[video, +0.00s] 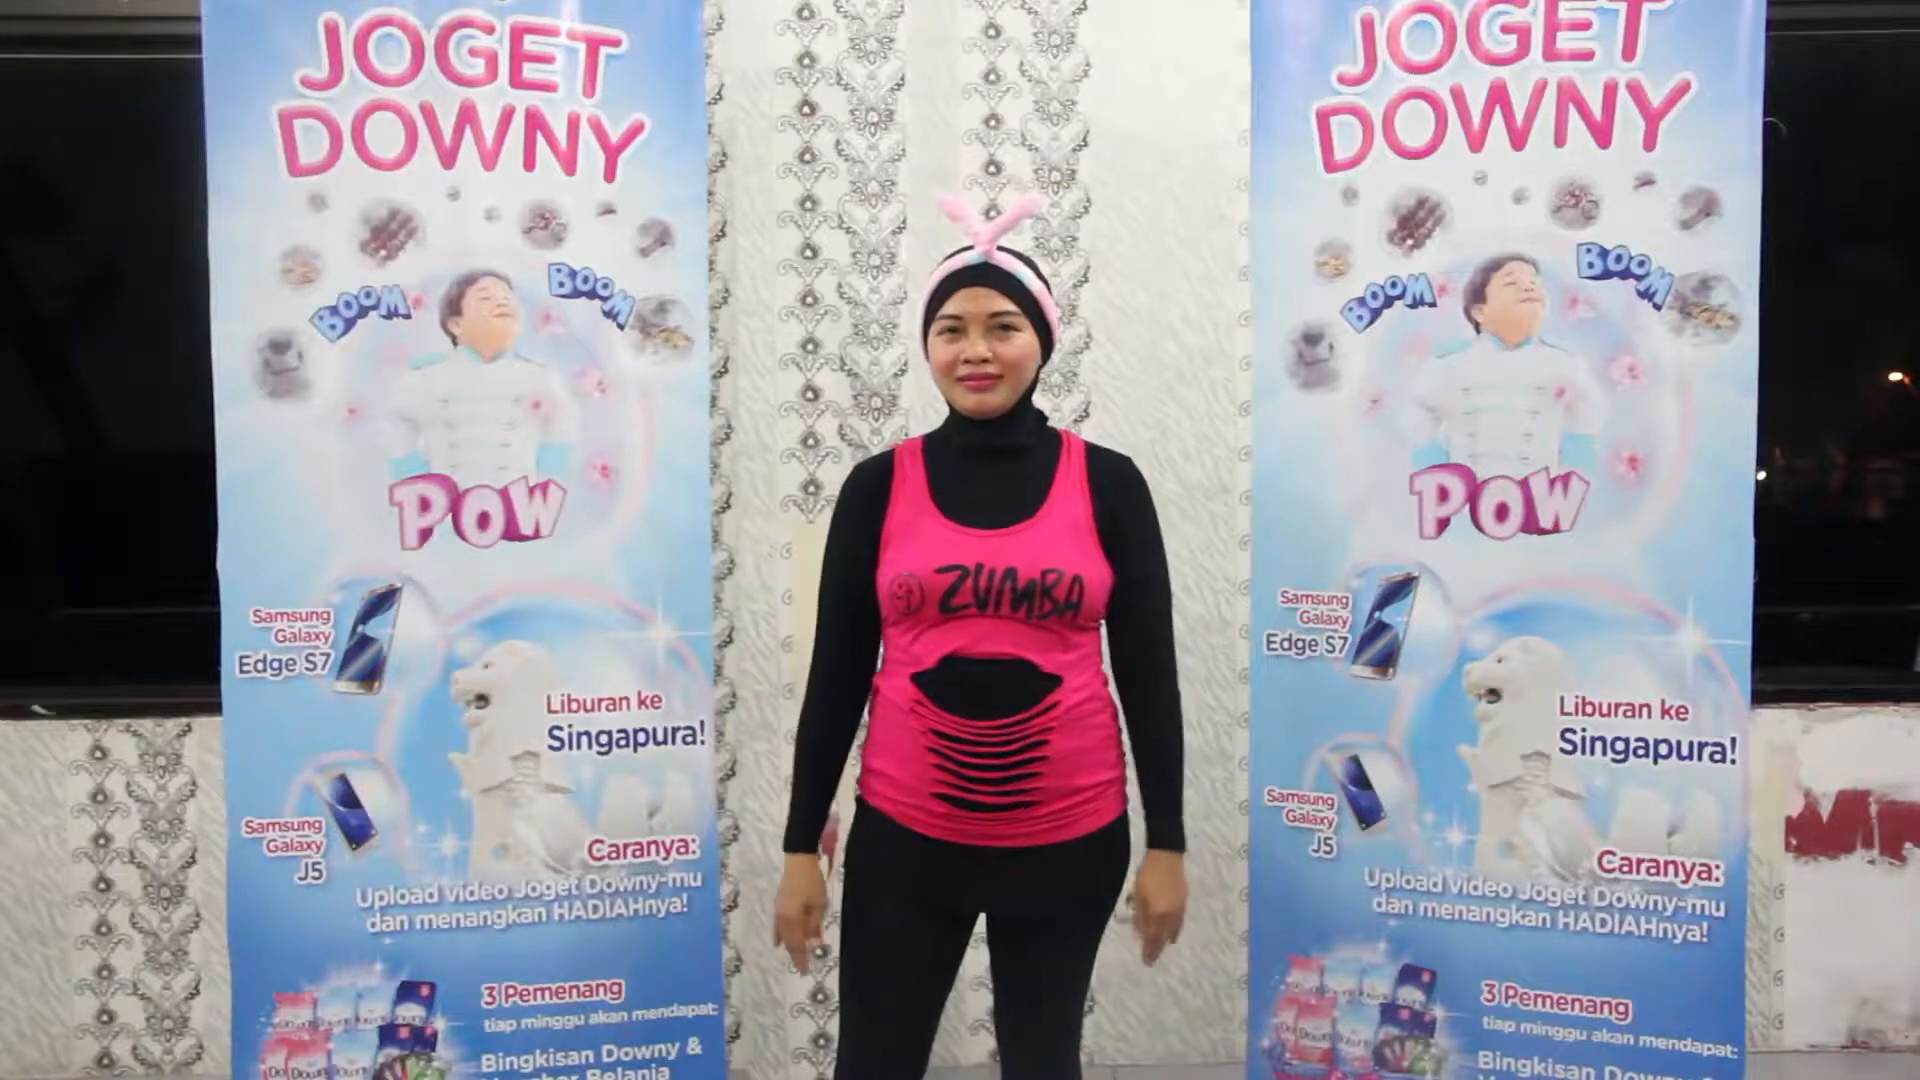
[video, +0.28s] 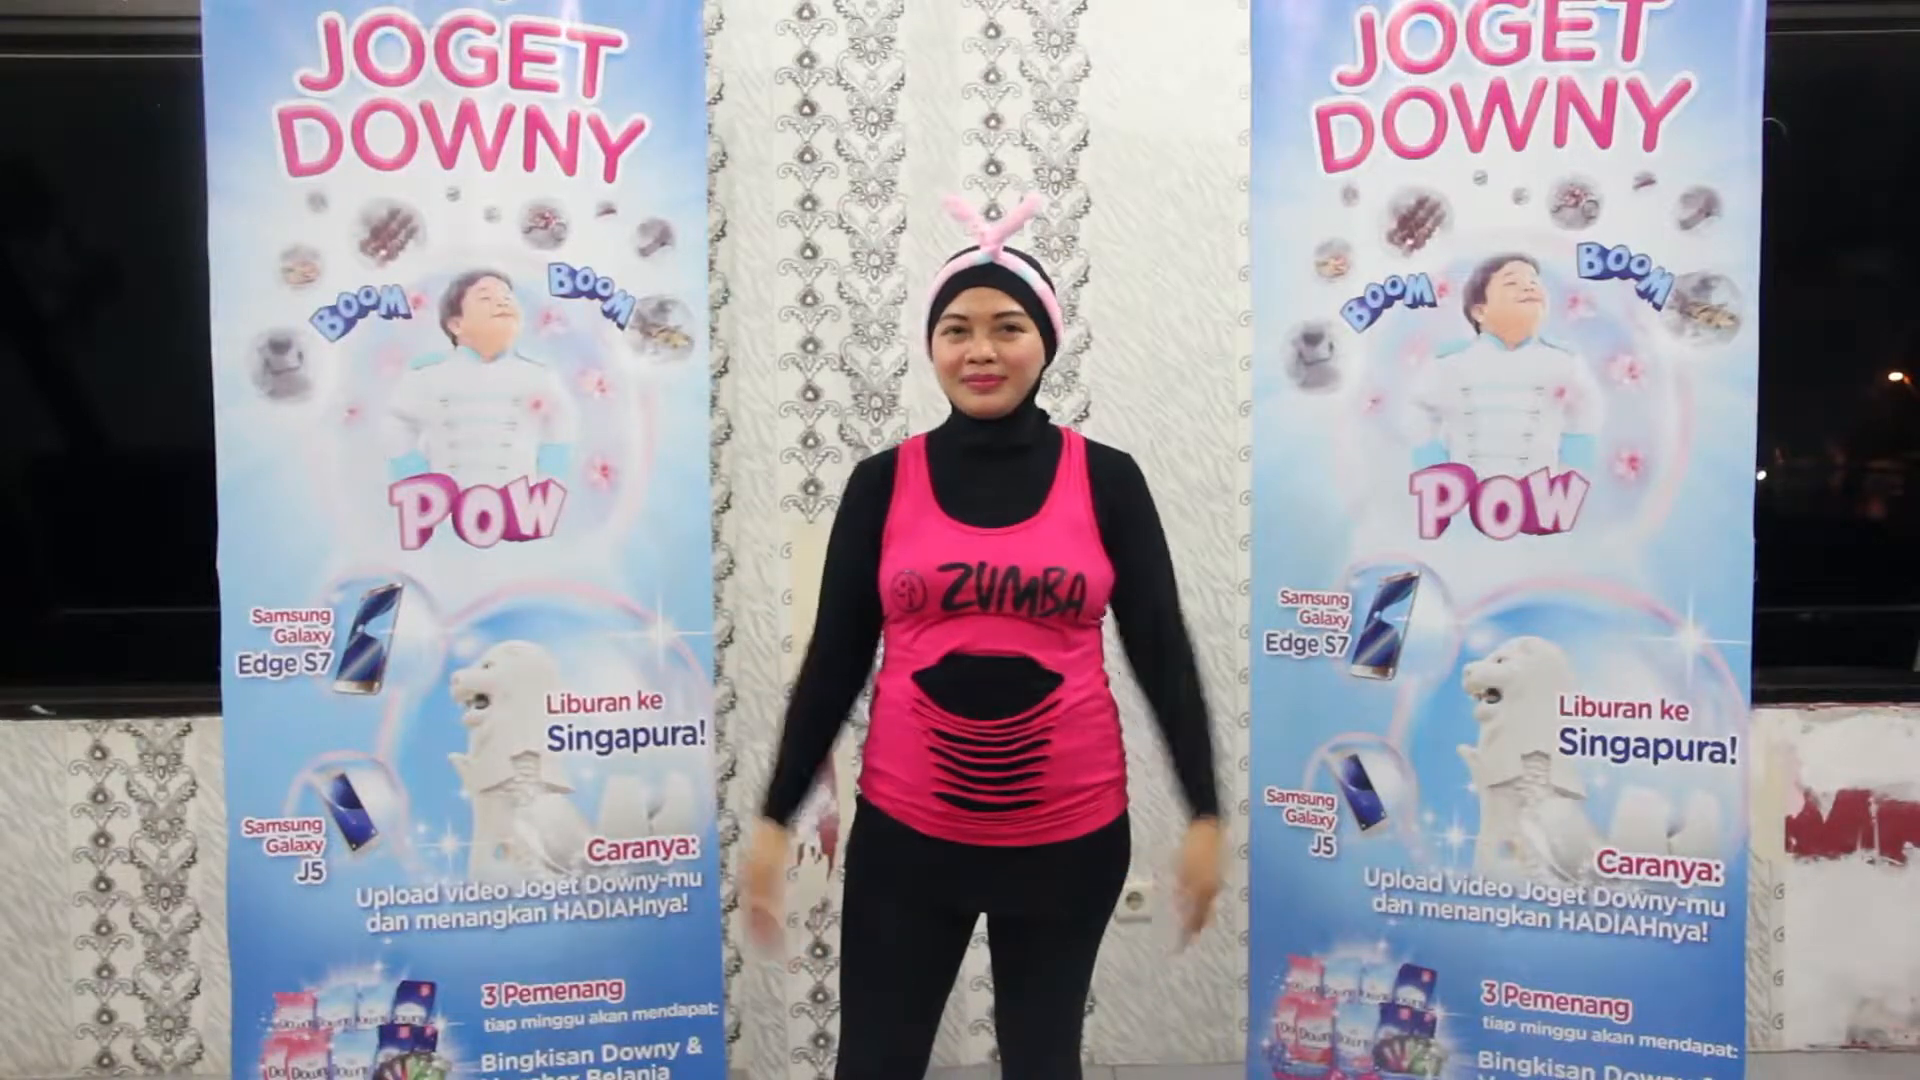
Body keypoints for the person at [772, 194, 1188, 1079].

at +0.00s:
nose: (977, 349)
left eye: (1004, 327)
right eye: (953, 329)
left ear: (1043, 347)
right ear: (928, 351)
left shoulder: (1106, 484)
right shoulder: (878, 489)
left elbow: (1147, 668)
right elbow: (839, 672)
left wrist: (1166, 842)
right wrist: (801, 847)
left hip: (1065, 835)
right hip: (908, 833)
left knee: (1043, 1061)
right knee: (874, 1062)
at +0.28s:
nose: (982, 349)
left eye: (1009, 327)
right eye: (958, 329)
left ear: (1047, 347)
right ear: (932, 351)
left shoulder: (1104, 480)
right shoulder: (883, 484)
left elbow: (1158, 646)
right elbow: (836, 656)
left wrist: (1205, 811)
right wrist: (775, 817)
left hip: (1067, 829)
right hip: (908, 827)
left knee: (1042, 1057)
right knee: (875, 1060)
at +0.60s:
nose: (989, 360)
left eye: (1014, 339)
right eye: (965, 339)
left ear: (1048, 355)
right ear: (936, 356)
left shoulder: (1099, 457)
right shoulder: (884, 467)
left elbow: (1244, 378)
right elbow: (738, 431)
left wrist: (1264, 229)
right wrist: (703, 270)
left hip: (1070, 837)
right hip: (916, 833)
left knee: (1048, 1063)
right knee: (874, 1064)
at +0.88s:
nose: (993, 374)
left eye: (1017, 353)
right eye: (969, 351)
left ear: (1049, 366)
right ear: (935, 361)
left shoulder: (1079, 462)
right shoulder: (881, 463)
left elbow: (1175, 306)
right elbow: (786, 319)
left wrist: (1126, 142)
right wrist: (824, 156)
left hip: (1073, 840)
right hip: (917, 840)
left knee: (1054, 1061)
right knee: (872, 1064)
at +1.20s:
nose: (971, 369)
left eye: (996, 349)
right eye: (949, 348)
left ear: (1029, 362)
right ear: (916, 360)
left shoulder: (1063, 455)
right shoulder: (879, 459)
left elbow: (1119, 269)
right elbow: (846, 284)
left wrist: (1007, 147)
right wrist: (955, 155)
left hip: (1056, 833)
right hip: (902, 830)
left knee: (1037, 1062)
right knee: (858, 1064)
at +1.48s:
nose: (971, 375)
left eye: (996, 354)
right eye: (947, 354)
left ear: (1029, 369)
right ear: (915, 369)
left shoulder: (1063, 459)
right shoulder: (875, 459)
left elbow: (1140, 286)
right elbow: (824, 293)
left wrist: (1076, 127)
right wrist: (874, 146)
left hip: (1061, 836)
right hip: (905, 836)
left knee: (1047, 1061)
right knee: (842, 1062)